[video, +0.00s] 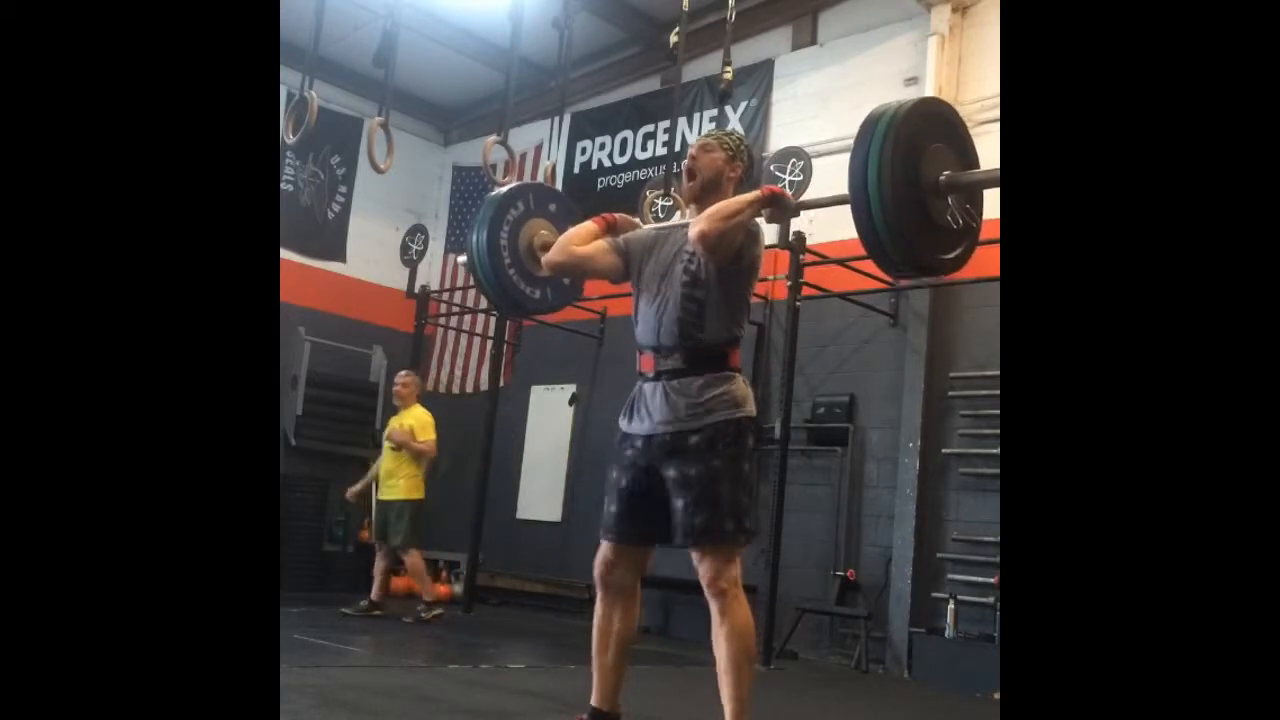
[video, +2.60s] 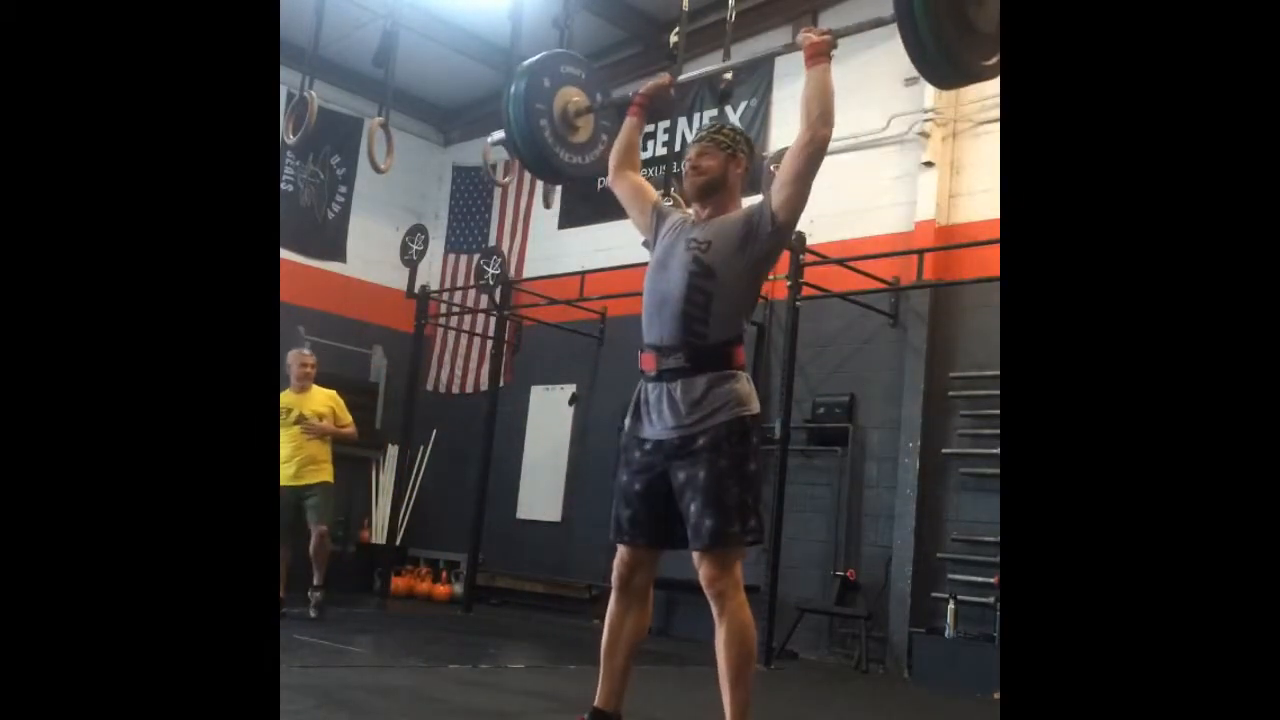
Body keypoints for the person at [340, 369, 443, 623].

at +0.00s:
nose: (397, 389)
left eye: (403, 386)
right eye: (395, 385)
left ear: (415, 390)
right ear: (393, 389)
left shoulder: (421, 417)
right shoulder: (394, 419)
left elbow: (430, 450)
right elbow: (385, 458)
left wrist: (404, 441)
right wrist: (360, 485)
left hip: (407, 493)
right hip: (385, 492)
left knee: (406, 547)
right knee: (382, 547)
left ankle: (430, 601)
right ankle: (374, 600)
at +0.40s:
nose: (384, 387)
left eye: (389, 383)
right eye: (379, 382)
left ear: (396, 388)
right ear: (372, 387)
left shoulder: (407, 415)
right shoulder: (364, 420)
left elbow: (425, 447)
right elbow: (355, 459)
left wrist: (398, 439)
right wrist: (347, 492)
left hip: (394, 486)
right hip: (367, 488)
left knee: (379, 538)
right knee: (369, 544)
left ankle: (387, 594)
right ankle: (372, 598)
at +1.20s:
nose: (377, 381)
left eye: (382, 378)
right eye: (373, 376)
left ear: (389, 382)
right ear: (364, 379)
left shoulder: (392, 413)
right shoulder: (353, 409)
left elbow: (402, 451)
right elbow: (339, 446)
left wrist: (374, 438)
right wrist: (326, 480)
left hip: (366, 484)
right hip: (339, 482)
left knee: (350, 541)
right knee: (324, 539)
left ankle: (342, 598)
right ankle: (357, 577)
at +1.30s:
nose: (376, 381)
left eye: (382, 377)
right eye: (372, 375)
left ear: (388, 382)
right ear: (362, 378)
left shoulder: (391, 412)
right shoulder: (351, 409)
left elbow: (403, 451)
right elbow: (337, 446)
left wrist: (373, 438)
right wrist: (324, 479)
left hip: (365, 486)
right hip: (336, 483)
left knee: (354, 542)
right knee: (316, 536)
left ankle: (342, 599)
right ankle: (336, 585)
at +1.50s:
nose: (370, 379)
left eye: (376, 376)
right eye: (366, 374)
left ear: (383, 382)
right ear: (357, 378)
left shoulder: (389, 412)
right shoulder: (343, 408)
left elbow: (402, 451)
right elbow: (328, 445)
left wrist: (370, 439)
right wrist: (317, 479)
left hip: (363, 488)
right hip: (332, 484)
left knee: (355, 544)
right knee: (311, 539)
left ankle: (343, 600)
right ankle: (293, 595)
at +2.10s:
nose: (325, 372)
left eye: (330, 368)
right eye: (320, 367)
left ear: (337, 373)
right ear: (311, 371)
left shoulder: (351, 403)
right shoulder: (297, 405)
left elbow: (371, 438)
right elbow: (286, 443)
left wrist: (347, 435)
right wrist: (282, 476)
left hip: (336, 488)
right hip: (299, 485)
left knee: (335, 546)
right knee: (288, 540)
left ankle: (337, 597)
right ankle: (282, 593)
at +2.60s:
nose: (307, 370)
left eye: (311, 366)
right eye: (302, 365)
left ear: (316, 370)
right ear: (289, 368)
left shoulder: (330, 398)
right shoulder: (282, 399)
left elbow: (353, 432)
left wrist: (327, 429)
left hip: (318, 478)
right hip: (285, 479)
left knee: (321, 531)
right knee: (284, 540)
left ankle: (317, 588)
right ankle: (280, 592)